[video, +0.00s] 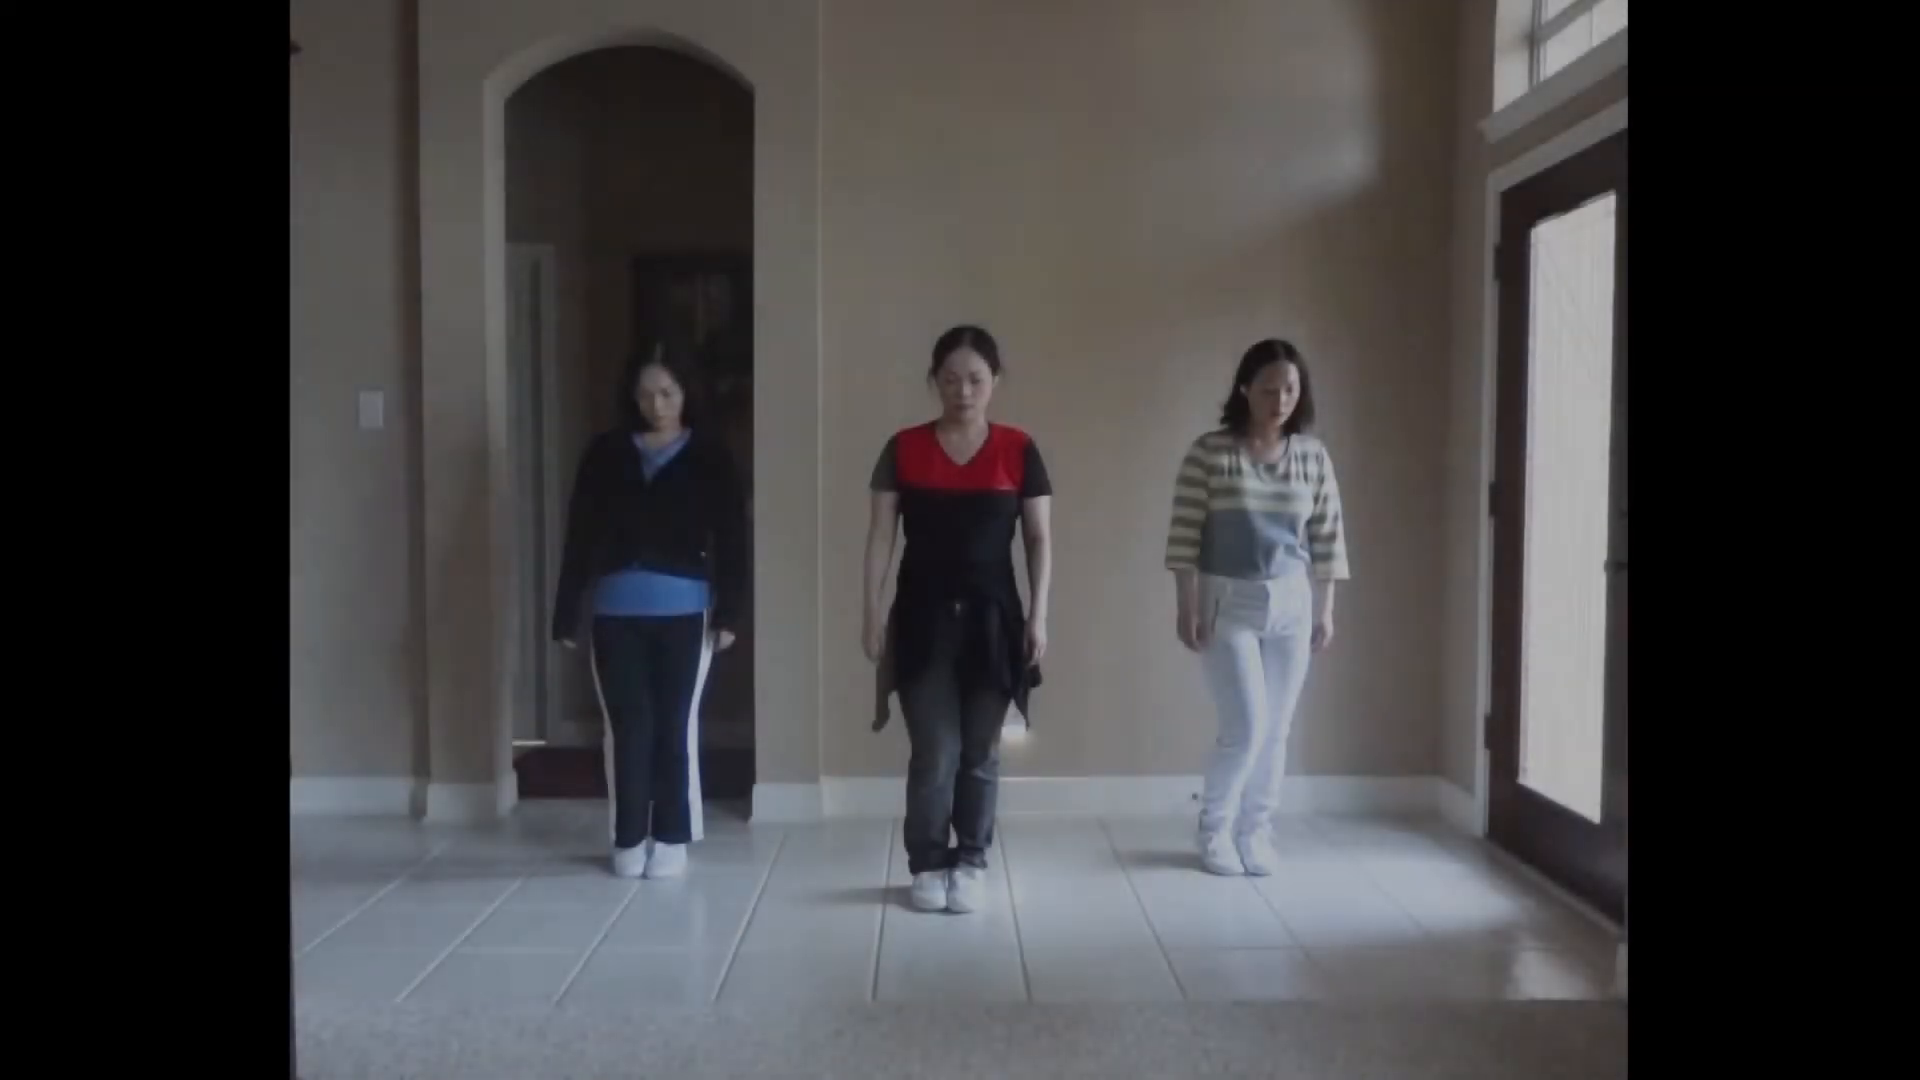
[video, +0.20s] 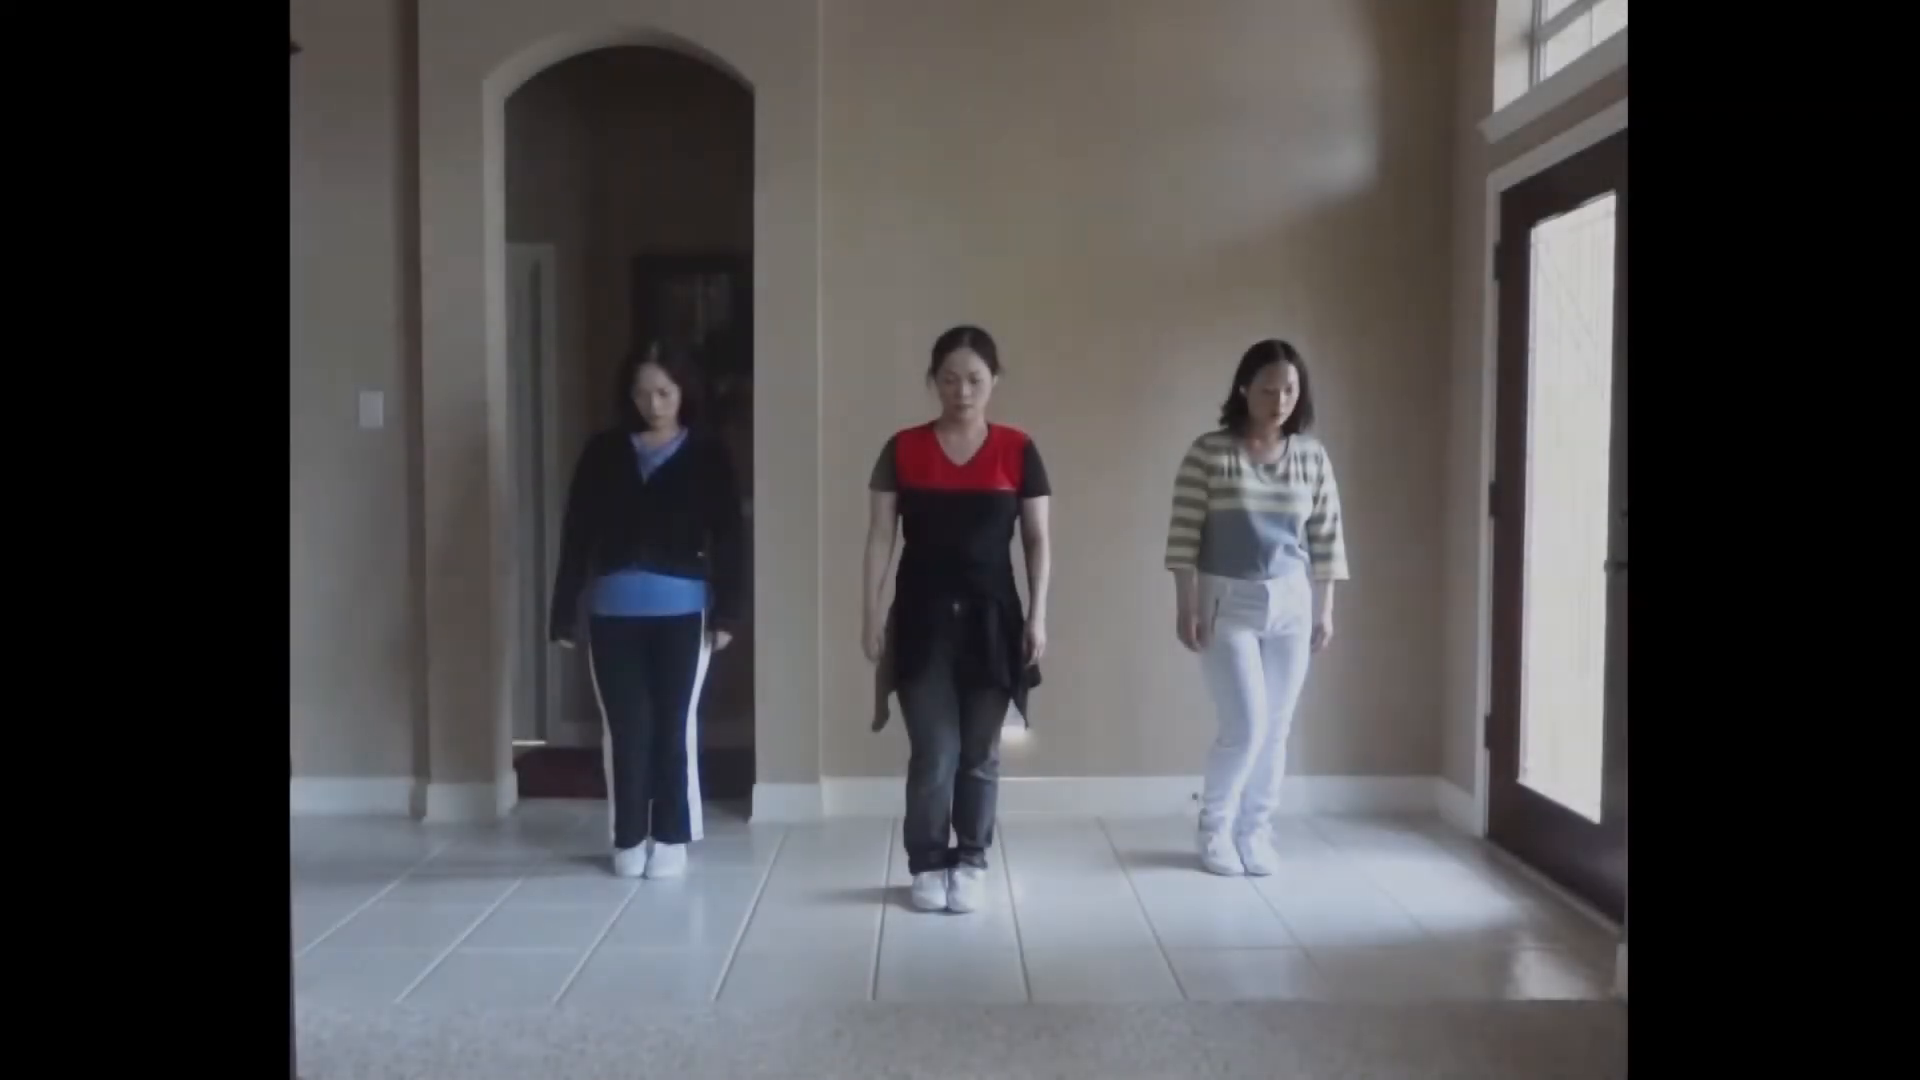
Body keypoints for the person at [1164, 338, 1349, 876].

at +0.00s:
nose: (1281, 399)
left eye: (1290, 389)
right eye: (1271, 387)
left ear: (1301, 395)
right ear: (1245, 390)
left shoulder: (1312, 455)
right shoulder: (1210, 451)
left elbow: (1327, 536)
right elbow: (1185, 534)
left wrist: (1324, 608)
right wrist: (1187, 605)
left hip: (1293, 607)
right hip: (1227, 606)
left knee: (1274, 730)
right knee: (1245, 728)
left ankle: (1256, 832)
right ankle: (1215, 831)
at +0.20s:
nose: (1279, 398)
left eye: (1289, 389)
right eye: (1269, 387)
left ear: (1300, 396)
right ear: (1244, 390)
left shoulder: (1311, 456)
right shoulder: (1210, 451)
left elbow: (1326, 536)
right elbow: (1184, 532)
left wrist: (1324, 608)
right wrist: (1186, 603)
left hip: (1293, 607)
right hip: (1226, 606)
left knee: (1274, 729)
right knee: (1244, 727)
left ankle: (1255, 831)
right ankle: (1215, 829)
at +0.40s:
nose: (1279, 399)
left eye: (1289, 389)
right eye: (1269, 387)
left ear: (1299, 396)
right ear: (1244, 390)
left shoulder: (1310, 456)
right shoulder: (1209, 452)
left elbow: (1326, 536)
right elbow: (1184, 531)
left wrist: (1324, 608)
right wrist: (1184, 602)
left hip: (1292, 607)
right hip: (1226, 606)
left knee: (1274, 729)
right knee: (1244, 727)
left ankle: (1256, 830)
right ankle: (1215, 828)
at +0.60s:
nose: (1279, 399)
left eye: (1289, 389)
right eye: (1269, 387)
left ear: (1300, 396)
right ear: (1245, 390)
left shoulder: (1312, 458)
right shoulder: (1209, 451)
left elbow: (1352, 517)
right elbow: (1169, 505)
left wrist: (1383, 568)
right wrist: (1137, 546)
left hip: (1289, 608)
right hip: (1223, 607)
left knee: (1276, 728)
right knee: (1244, 725)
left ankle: (1256, 831)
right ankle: (1214, 829)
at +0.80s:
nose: (1279, 414)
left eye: (1288, 404)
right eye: (1269, 403)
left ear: (1298, 410)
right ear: (1244, 403)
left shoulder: (1312, 465)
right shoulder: (1205, 459)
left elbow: (1382, 499)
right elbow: (1144, 484)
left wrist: (1389, 438)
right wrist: (1141, 418)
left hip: (1285, 617)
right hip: (1219, 616)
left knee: (1285, 733)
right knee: (1248, 729)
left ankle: (1259, 835)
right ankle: (1204, 782)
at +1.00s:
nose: (1266, 431)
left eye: (1277, 421)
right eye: (1256, 419)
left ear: (1289, 423)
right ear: (1236, 417)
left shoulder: (1303, 467)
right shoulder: (1205, 459)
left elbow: (1361, 424)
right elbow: (1166, 431)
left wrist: (1312, 408)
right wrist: (1185, 412)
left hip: (1282, 616)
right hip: (1215, 615)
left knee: (1283, 731)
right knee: (1215, 726)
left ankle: (1257, 836)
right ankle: (1184, 747)